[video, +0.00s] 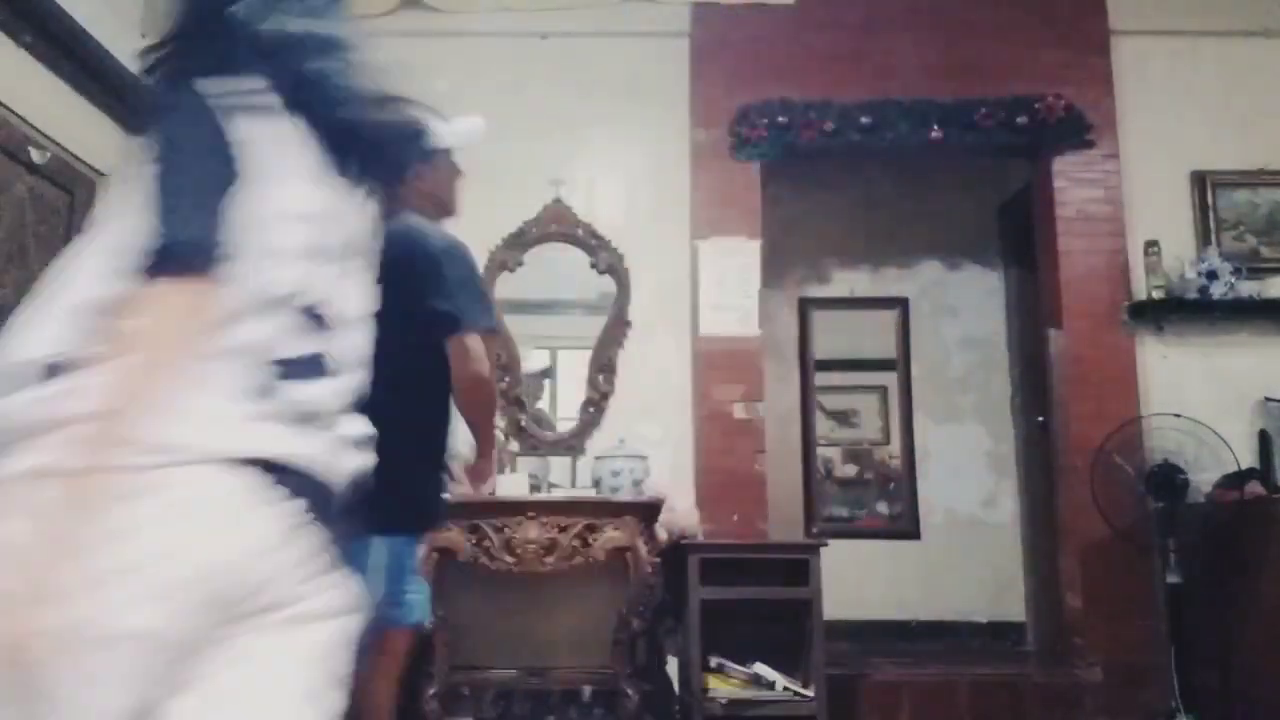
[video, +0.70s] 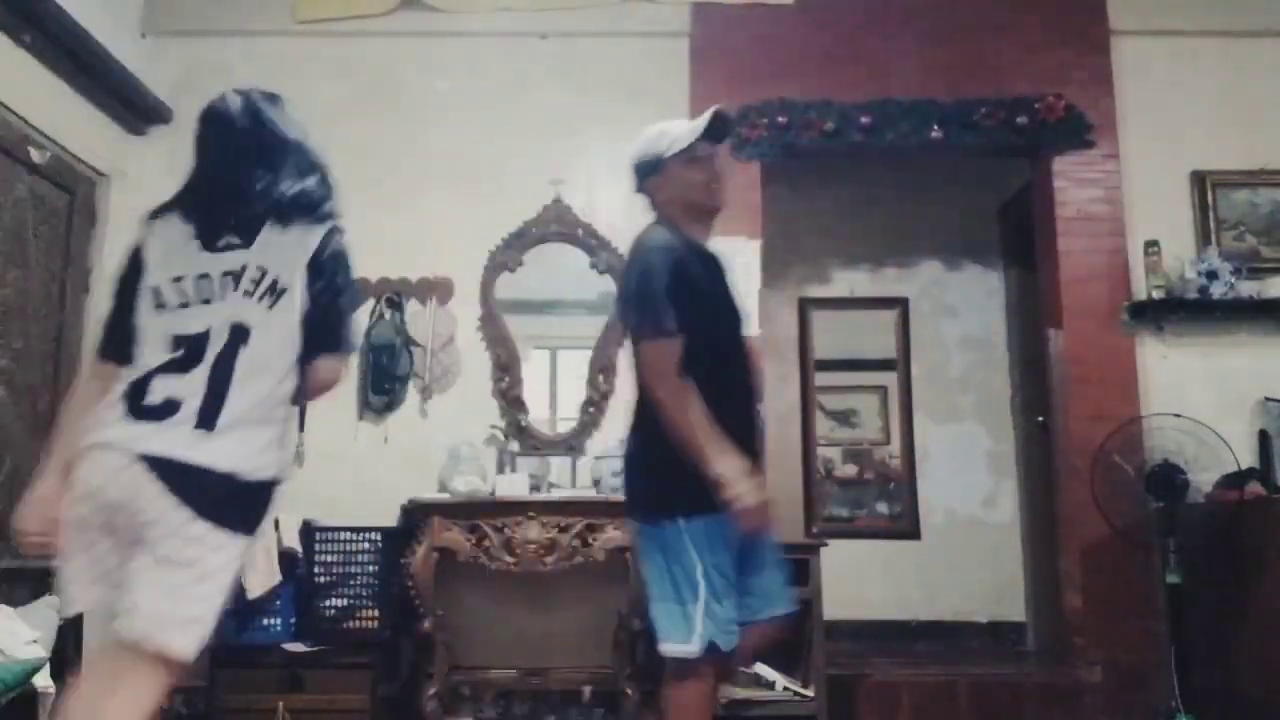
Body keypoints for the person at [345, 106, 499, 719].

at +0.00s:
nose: (457, 177)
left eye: (452, 163)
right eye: (445, 164)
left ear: (397, 175)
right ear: (412, 174)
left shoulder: (338, 239)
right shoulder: (431, 249)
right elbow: (472, 370)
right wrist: (486, 447)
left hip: (330, 471)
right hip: (396, 482)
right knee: (387, 644)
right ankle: (373, 711)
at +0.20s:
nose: (534, 164)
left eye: (527, 151)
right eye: (521, 153)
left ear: (481, 171)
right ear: (485, 169)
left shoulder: (447, 241)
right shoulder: (487, 246)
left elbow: (438, 367)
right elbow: (485, 371)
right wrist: (507, 480)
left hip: (416, 475)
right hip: (464, 481)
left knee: (420, 624)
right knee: (504, 631)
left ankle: (396, 714)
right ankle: (431, 710)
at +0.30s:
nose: (572, 173)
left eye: (567, 161)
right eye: (559, 161)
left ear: (521, 180)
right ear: (523, 177)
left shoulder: (493, 245)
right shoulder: (518, 249)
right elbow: (494, 357)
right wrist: (519, 471)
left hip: (456, 482)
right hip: (509, 487)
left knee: (433, 623)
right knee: (568, 625)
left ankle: (398, 714)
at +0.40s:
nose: (610, 190)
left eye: (605, 178)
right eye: (598, 179)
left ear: (562, 193)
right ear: (563, 191)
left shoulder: (540, 260)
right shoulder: (555, 265)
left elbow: (573, 362)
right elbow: (516, 379)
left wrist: (644, 391)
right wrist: (542, 496)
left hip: (502, 501)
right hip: (557, 505)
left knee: (459, 631)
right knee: (616, 652)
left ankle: (414, 712)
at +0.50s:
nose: (649, 188)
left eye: (643, 177)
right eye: (633, 179)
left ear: (601, 203)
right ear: (597, 198)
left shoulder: (599, 275)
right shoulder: (598, 280)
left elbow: (633, 383)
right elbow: (577, 407)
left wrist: (703, 413)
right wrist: (575, 522)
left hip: (575, 508)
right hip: (619, 510)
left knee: (539, 638)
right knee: (677, 644)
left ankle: (460, 711)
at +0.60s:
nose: (683, 181)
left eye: (678, 171)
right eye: (667, 174)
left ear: (640, 198)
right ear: (631, 196)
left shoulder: (648, 271)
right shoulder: (635, 275)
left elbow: (673, 394)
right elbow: (621, 407)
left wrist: (726, 450)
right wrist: (648, 519)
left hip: (661, 505)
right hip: (658, 511)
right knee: (699, 657)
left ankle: (538, 711)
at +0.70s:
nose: (715, 168)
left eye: (714, 157)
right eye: (696, 160)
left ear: (712, 168)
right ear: (658, 182)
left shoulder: (695, 254)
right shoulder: (659, 256)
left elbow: (712, 366)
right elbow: (664, 383)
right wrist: (733, 473)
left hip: (726, 486)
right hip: (681, 493)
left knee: (767, 615)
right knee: (694, 662)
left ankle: (682, 700)